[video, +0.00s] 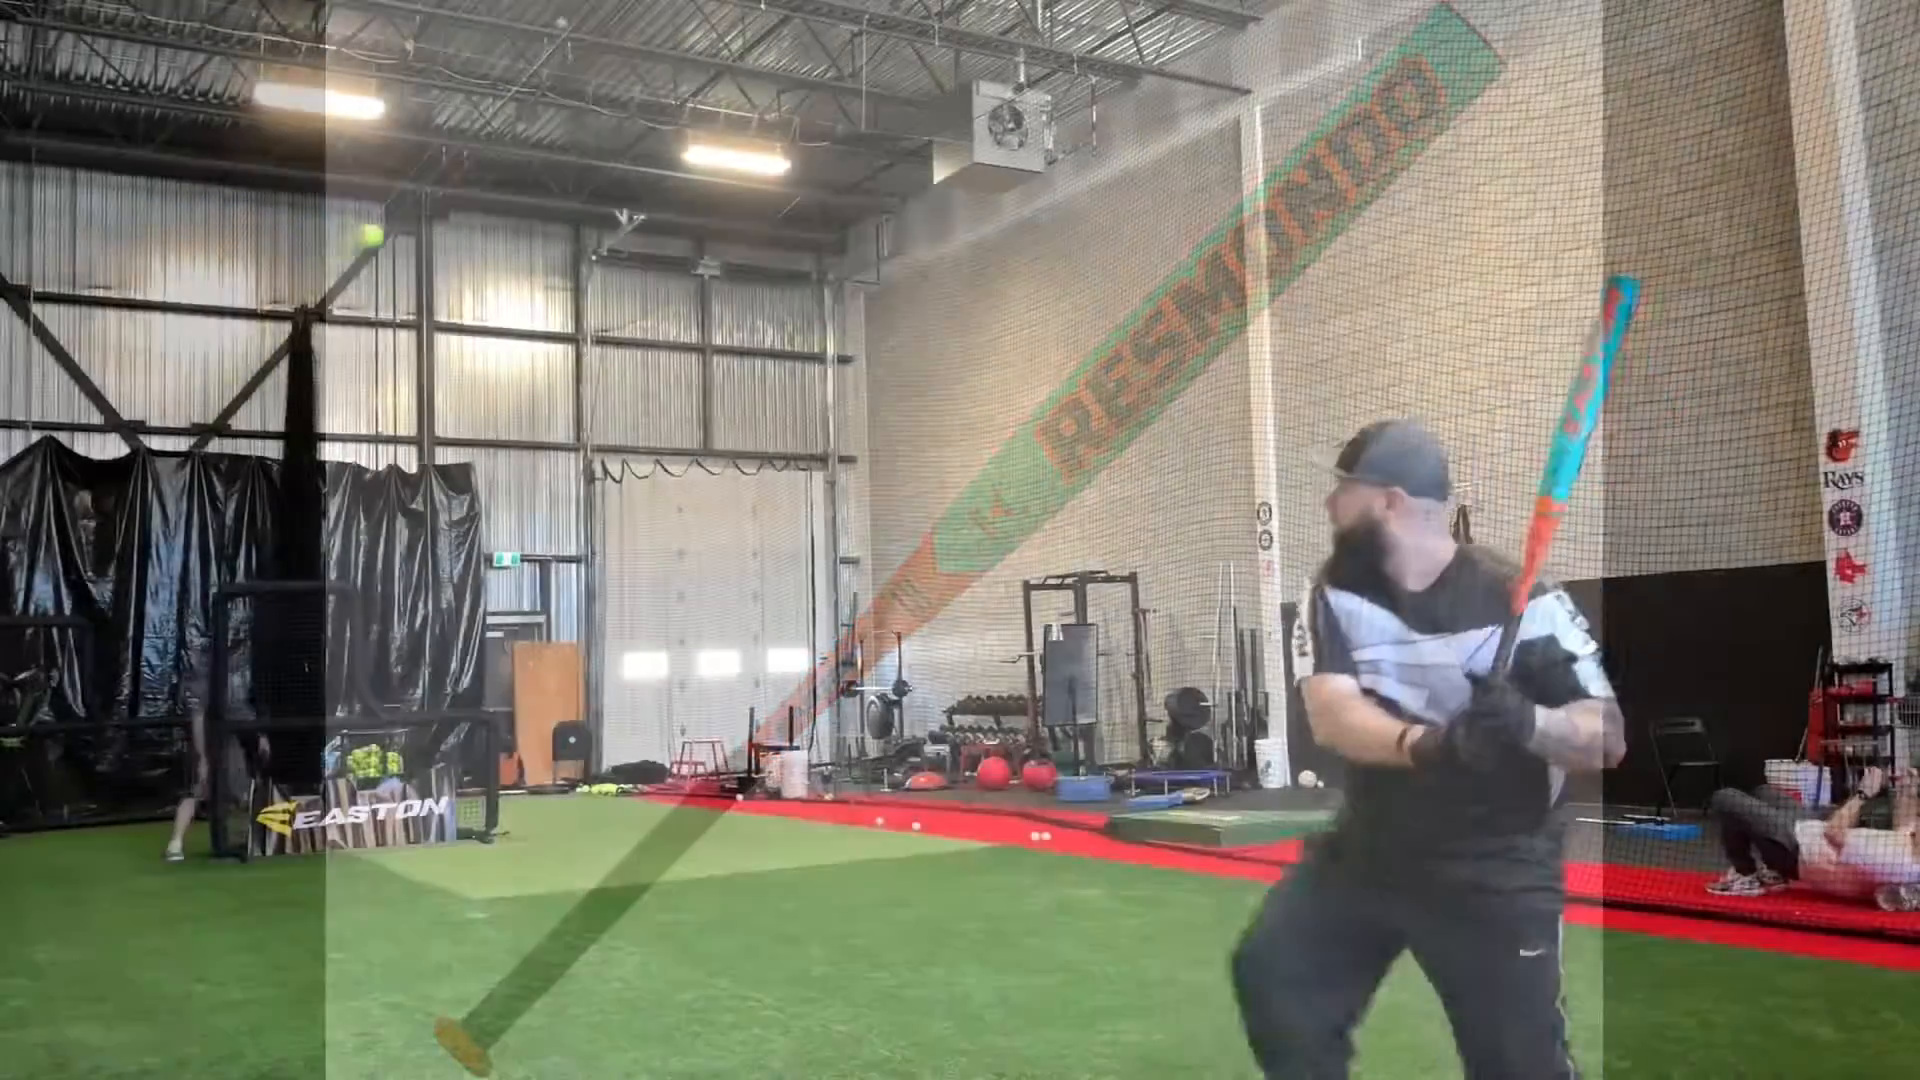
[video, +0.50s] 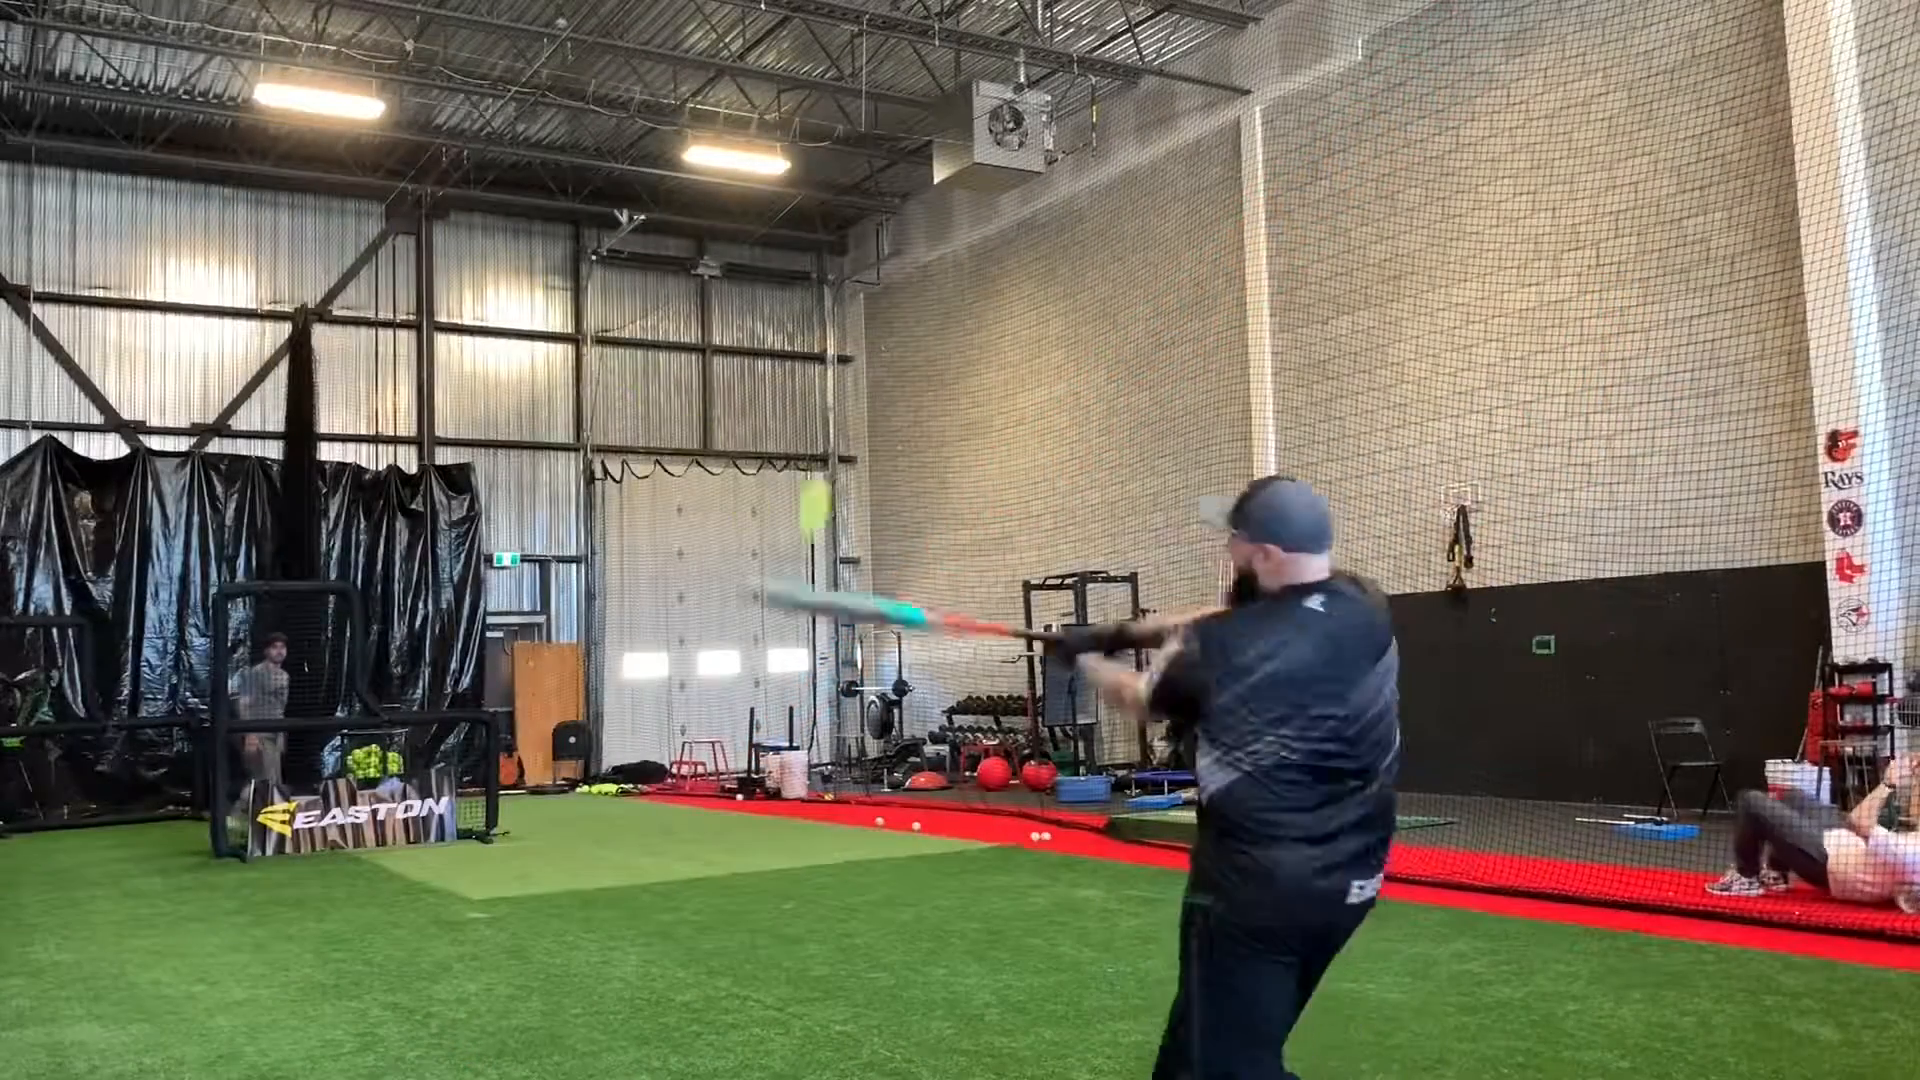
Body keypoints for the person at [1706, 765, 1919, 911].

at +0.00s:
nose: (1917, 825)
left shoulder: (1898, 864)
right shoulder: (1910, 847)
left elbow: (1834, 832)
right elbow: (1906, 828)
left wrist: (1862, 795)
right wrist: (1908, 795)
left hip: (1801, 850)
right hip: (1818, 827)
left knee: (1725, 800)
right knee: (1763, 793)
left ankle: (1744, 875)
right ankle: (1775, 871)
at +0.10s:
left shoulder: (1904, 863)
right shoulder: (1911, 841)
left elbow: (1838, 831)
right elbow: (1909, 826)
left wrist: (1868, 794)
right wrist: (1910, 790)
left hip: (1806, 851)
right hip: (1822, 827)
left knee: (1725, 800)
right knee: (1765, 793)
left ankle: (1745, 875)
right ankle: (1777, 870)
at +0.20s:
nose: (1909, 792)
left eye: (1913, 788)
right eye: (1910, 787)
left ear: (1918, 800)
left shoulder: (1907, 859)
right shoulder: (1910, 834)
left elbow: (1847, 830)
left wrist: (1876, 790)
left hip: (1816, 855)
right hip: (1828, 830)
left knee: (1736, 799)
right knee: (1774, 799)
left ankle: (1744, 876)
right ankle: (1775, 872)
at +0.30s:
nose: (1912, 794)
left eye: (1915, 789)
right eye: (1913, 789)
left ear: (1918, 805)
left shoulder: (1906, 855)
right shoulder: (1909, 836)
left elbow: (1850, 828)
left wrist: (1879, 788)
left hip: (1822, 857)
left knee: (1739, 799)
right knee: (1781, 801)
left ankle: (1744, 876)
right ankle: (1775, 873)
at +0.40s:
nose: (1916, 793)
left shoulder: (1909, 859)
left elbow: (1854, 824)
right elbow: (1909, 821)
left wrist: (1885, 784)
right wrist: (1912, 779)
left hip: (1827, 860)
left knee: (1744, 800)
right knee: (1788, 796)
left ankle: (1745, 876)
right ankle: (1775, 872)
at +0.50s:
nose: (1914, 798)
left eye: (1915, 793)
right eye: (1915, 791)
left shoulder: (1909, 857)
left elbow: (1860, 822)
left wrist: (1887, 784)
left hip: (1836, 866)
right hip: (1853, 846)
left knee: (1751, 802)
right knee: (1795, 798)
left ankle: (1746, 876)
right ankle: (1776, 872)